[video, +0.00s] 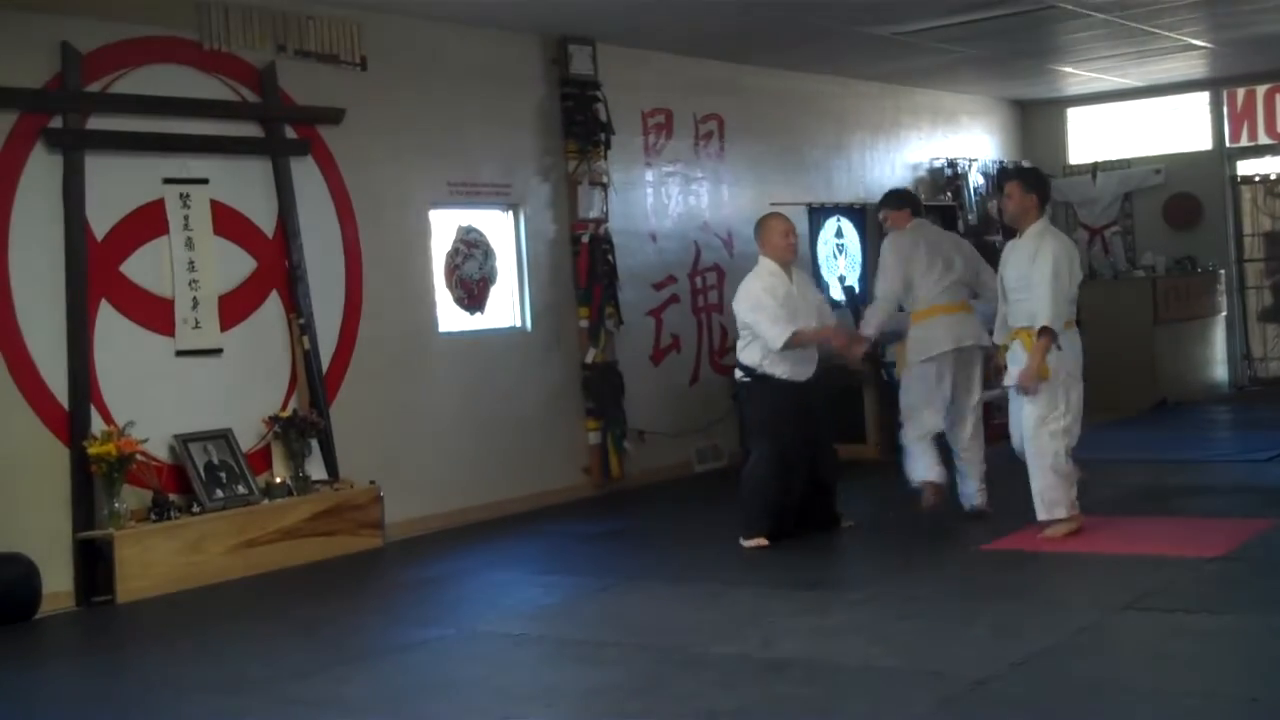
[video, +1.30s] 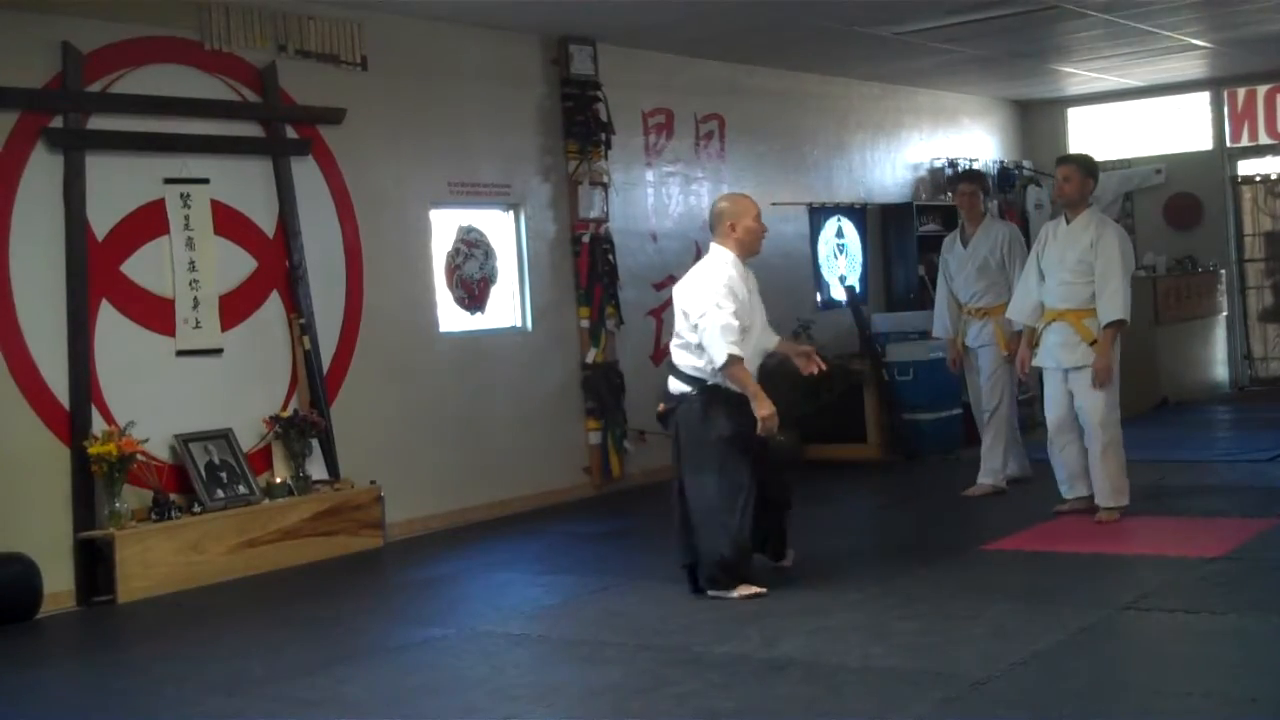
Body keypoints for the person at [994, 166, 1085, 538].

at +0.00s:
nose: (1002, 203)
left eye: (1009, 196)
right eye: (1002, 196)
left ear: (1033, 200)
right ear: (1019, 202)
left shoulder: (1054, 245)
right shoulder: (1012, 248)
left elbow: (1055, 308)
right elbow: (1007, 304)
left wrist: (1037, 360)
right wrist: (1002, 349)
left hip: (1051, 345)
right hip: (1020, 346)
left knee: (1044, 435)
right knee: (1023, 437)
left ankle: (1062, 513)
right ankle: (1065, 485)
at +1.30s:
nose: (1058, 186)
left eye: (1066, 180)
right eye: (1056, 180)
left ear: (1088, 185)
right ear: (1056, 185)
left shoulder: (1106, 232)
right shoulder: (1049, 233)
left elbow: (1114, 292)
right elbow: (1033, 288)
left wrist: (1105, 349)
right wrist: (1025, 341)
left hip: (1090, 337)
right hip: (1051, 337)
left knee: (1099, 422)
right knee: (1058, 422)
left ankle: (1111, 500)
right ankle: (1077, 494)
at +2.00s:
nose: (1037, 200)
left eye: (1045, 193)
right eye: (1034, 194)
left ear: (1069, 197)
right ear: (1033, 200)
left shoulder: (1093, 247)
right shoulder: (1027, 249)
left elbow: (1100, 309)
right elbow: (1011, 305)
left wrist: (1080, 365)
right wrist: (1002, 362)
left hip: (1080, 351)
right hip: (1035, 350)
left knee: (1094, 439)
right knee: (1016, 428)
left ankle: (1102, 507)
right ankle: (1008, 508)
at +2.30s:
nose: (986, 191)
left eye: (994, 183)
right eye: (984, 185)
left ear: (1019, 188)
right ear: (983, 191)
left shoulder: (1044, 239)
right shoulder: (974, 242)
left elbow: (1052, 302)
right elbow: (955, 300)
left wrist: (1040, 362)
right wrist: (946, 362)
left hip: (1029, 345)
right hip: (982, 347)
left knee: (1049, 441)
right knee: (983, 438)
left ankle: (1084, 485)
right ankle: (992, 526)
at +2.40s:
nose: (970, 188)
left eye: (979, 181)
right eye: (968, 182)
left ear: (1003, 185)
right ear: (966, 188)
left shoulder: (1030, 237)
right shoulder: (959, 240)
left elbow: (1039, 298)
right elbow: (939, 297)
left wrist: (1034, 357)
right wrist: (927, 357)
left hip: (1013, 347)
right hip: (968, 347)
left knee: (1016, 440)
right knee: (972, 440)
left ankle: (1047, 492)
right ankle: (987, 528)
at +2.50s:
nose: (958, 187)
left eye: (967, 179)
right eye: (955, 181)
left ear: (991, 183)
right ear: (954, 187)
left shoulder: (1017, 236)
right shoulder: (945, 240)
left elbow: (1029, 296)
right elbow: (925, 294)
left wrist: (1028, 355)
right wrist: (910, 350)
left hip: (1000, 346)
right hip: (956, 347)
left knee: (990, 436)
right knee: (958, 442)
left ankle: (1004, 518)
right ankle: (976, 526)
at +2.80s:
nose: (932, 184)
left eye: (941, 176)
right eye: (929, 178)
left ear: (965, 180)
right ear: (928, 184)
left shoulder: (989, 236)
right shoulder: (916, 236)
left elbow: (1006, 303)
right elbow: (897, 297)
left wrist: (1012, 370)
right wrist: (887, 352)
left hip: (966, 352)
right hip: (919, 355)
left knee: (950, 450)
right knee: (933, 452)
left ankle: (936, 549)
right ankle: (981, 514)